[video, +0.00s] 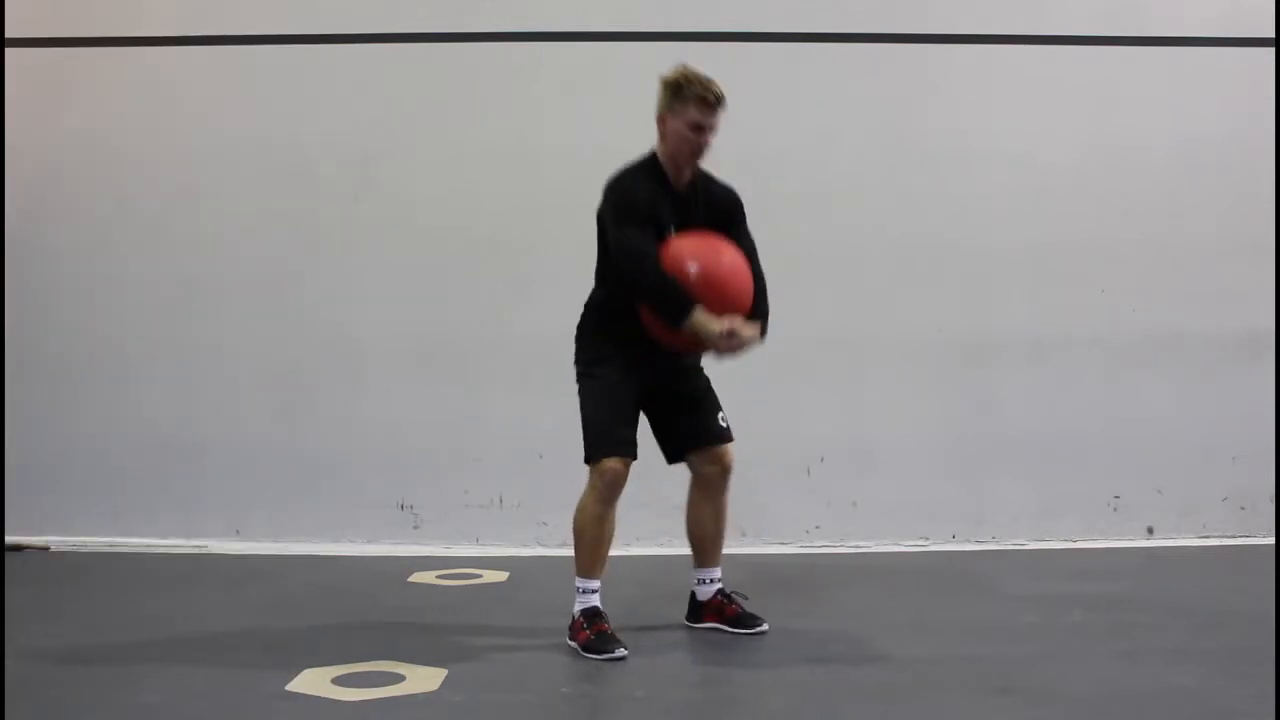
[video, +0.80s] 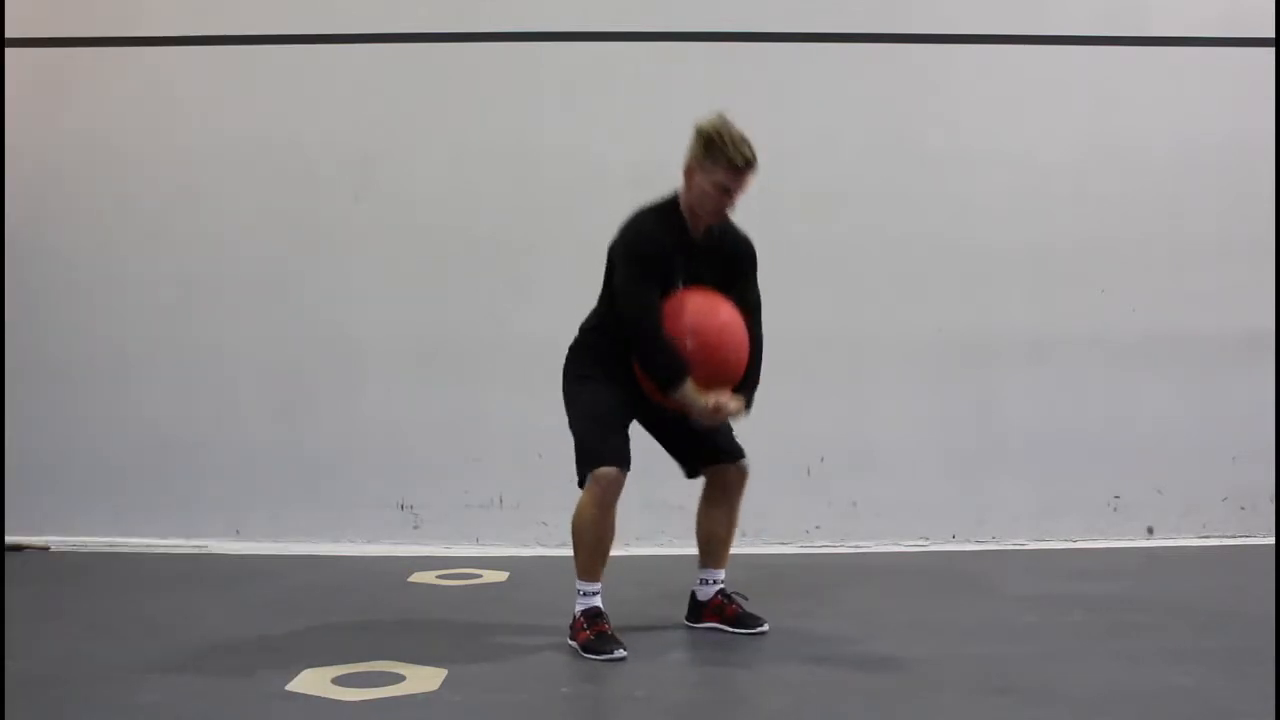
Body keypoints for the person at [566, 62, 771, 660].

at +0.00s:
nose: (703, 140)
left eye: (711, 130)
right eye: (694, 128)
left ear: (717, 130)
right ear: (662, 123)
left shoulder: (720, 201)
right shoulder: (627, 191)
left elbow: (750, 276)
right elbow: (633, 270)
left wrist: (752, 324)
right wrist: (698, 319)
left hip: (673, 347)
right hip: (611, 343)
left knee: (715, 460)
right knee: (610, 469)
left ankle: (708, 598)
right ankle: (586, 611)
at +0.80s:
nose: (728, 202)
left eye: (736, 193)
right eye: (721, 189)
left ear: (743, 189)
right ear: (690, 174)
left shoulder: (735, 249)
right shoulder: (644, 234)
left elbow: (749, 330)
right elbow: (636, 324)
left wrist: (740, 394)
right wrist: (685, 389)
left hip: (664, 375)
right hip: (602, 364)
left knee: (729, 470)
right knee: (607, 474)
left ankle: (708, 596)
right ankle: (588, 612)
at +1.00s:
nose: (743, 294)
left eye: (751, 283)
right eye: (737, 279)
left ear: (760, 277)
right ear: (705, 259)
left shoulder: (745, 327)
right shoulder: (652, 311)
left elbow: (748, 408)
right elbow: (633, 407)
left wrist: (731, 474)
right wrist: (678, 475)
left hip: (672, 422)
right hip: (602, 413)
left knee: (758, 479)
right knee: (607, 487)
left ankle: (710, 597)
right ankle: (588, 614)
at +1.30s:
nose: (747, 369)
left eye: (754, 358)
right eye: (740, 355)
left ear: (762, 350)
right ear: (707, 335)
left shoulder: (750, 398)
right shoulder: (657, 383)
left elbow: (756, 482)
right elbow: (644, 487)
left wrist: (743, 554)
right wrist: (688, 554)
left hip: (684, 488)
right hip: (611, 478)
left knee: (771, 486)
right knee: (609, 491)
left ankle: (709, 598)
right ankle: (591, 613)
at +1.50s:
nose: (743, 339)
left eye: (750, 327)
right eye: (736, 325)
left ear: (757, 321)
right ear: (703, 307)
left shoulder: (747, 375)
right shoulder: (654, 359)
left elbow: (753, 461)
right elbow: (641, 455)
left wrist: (741, 526)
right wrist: (687, 523)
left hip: (680, 466)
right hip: (607, 451)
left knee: (770, 484)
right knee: (608, 490)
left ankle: (710, 597)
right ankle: (590, 614)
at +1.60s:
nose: (741, 311)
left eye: (748, 300)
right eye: (734, 297)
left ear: (754, 295)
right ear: (701, 281)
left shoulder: (745, 349)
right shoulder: (652, 335)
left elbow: (750, 431)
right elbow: (637, 431)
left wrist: (732, 490)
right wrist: (687, 500)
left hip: (678, 442)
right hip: (606, 428)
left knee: (764, 481)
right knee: (610, 490)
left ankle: (711, 596)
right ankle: (590, 613)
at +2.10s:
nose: (674, 117)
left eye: (683, 107)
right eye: (663, 105)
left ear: (690, 108)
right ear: (635, 103)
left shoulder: (706, 176)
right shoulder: (612, 171)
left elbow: (751, 237)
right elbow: (634, 229)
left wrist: (762, 267)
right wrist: (703, 264)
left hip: (682, 337)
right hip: (619, 337)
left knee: (700, 464)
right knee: (613, 467)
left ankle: (706, 598)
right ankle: (588, 611)